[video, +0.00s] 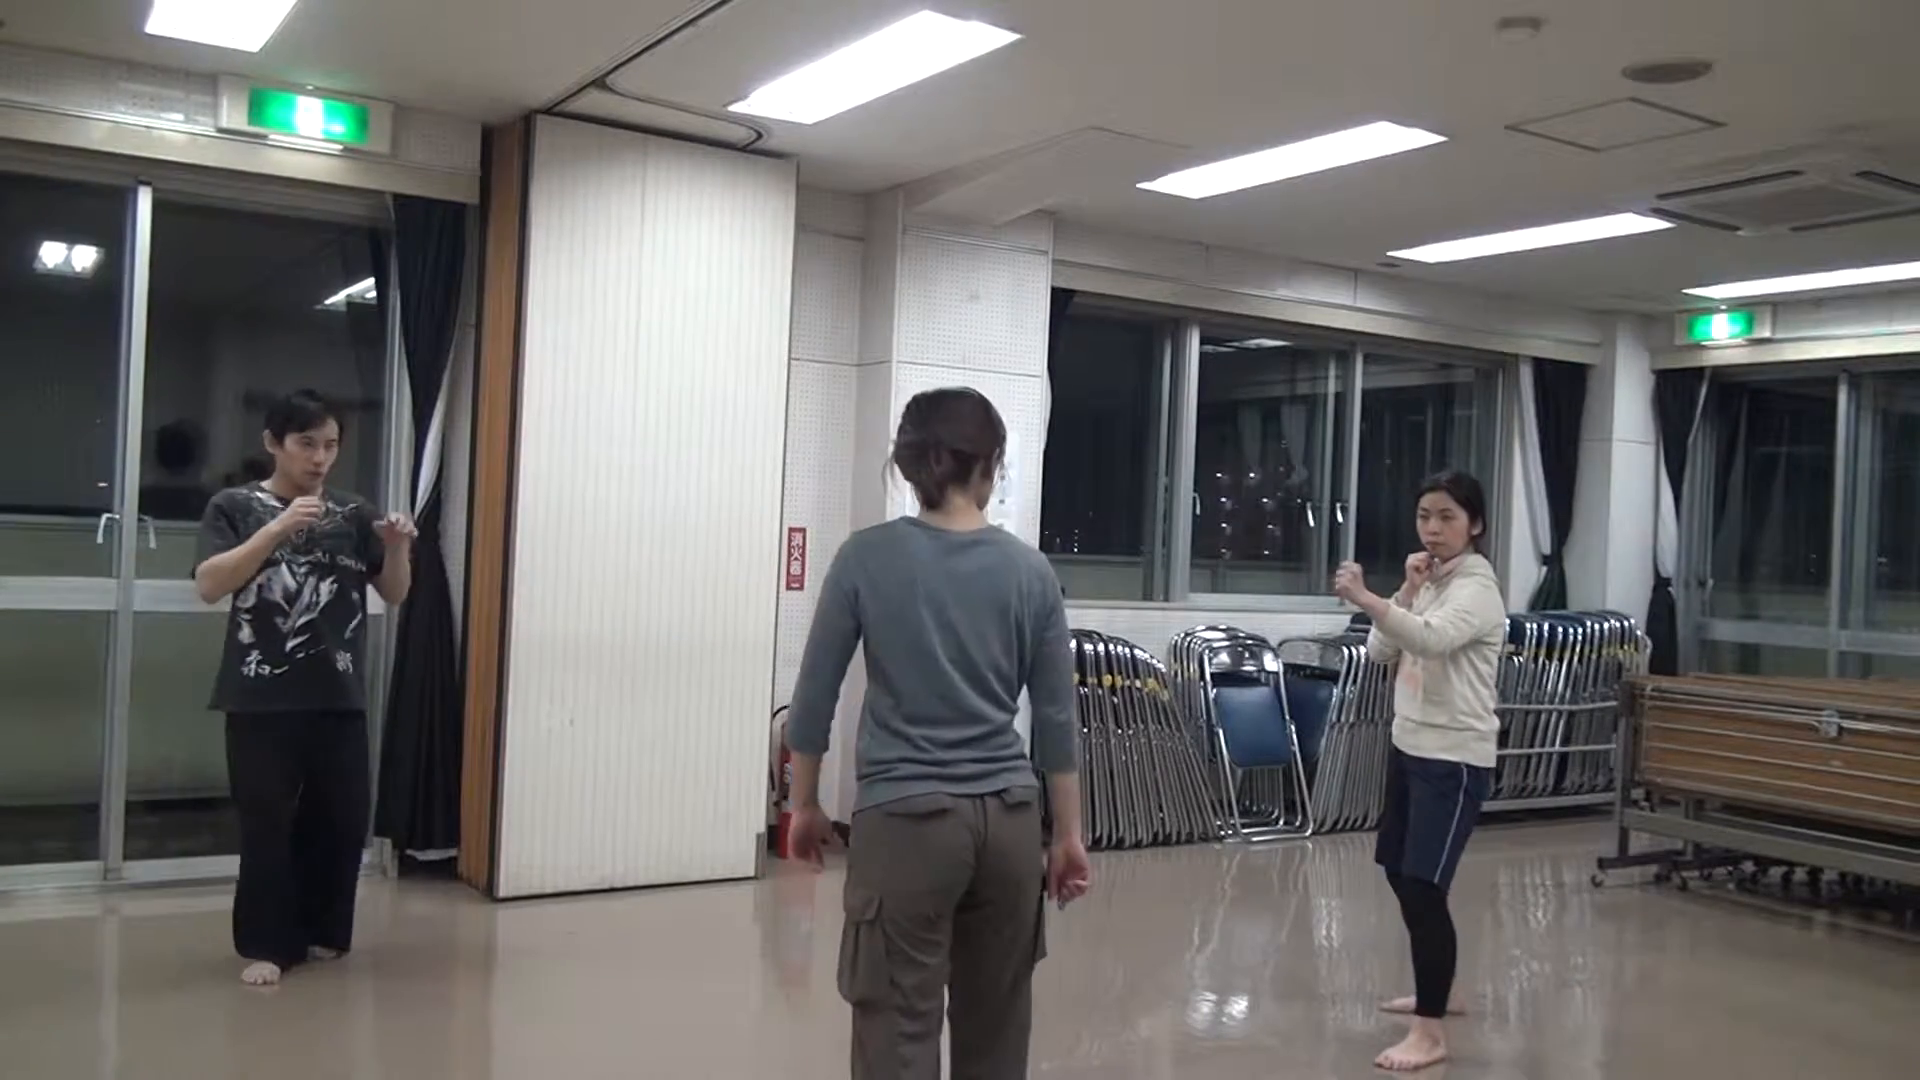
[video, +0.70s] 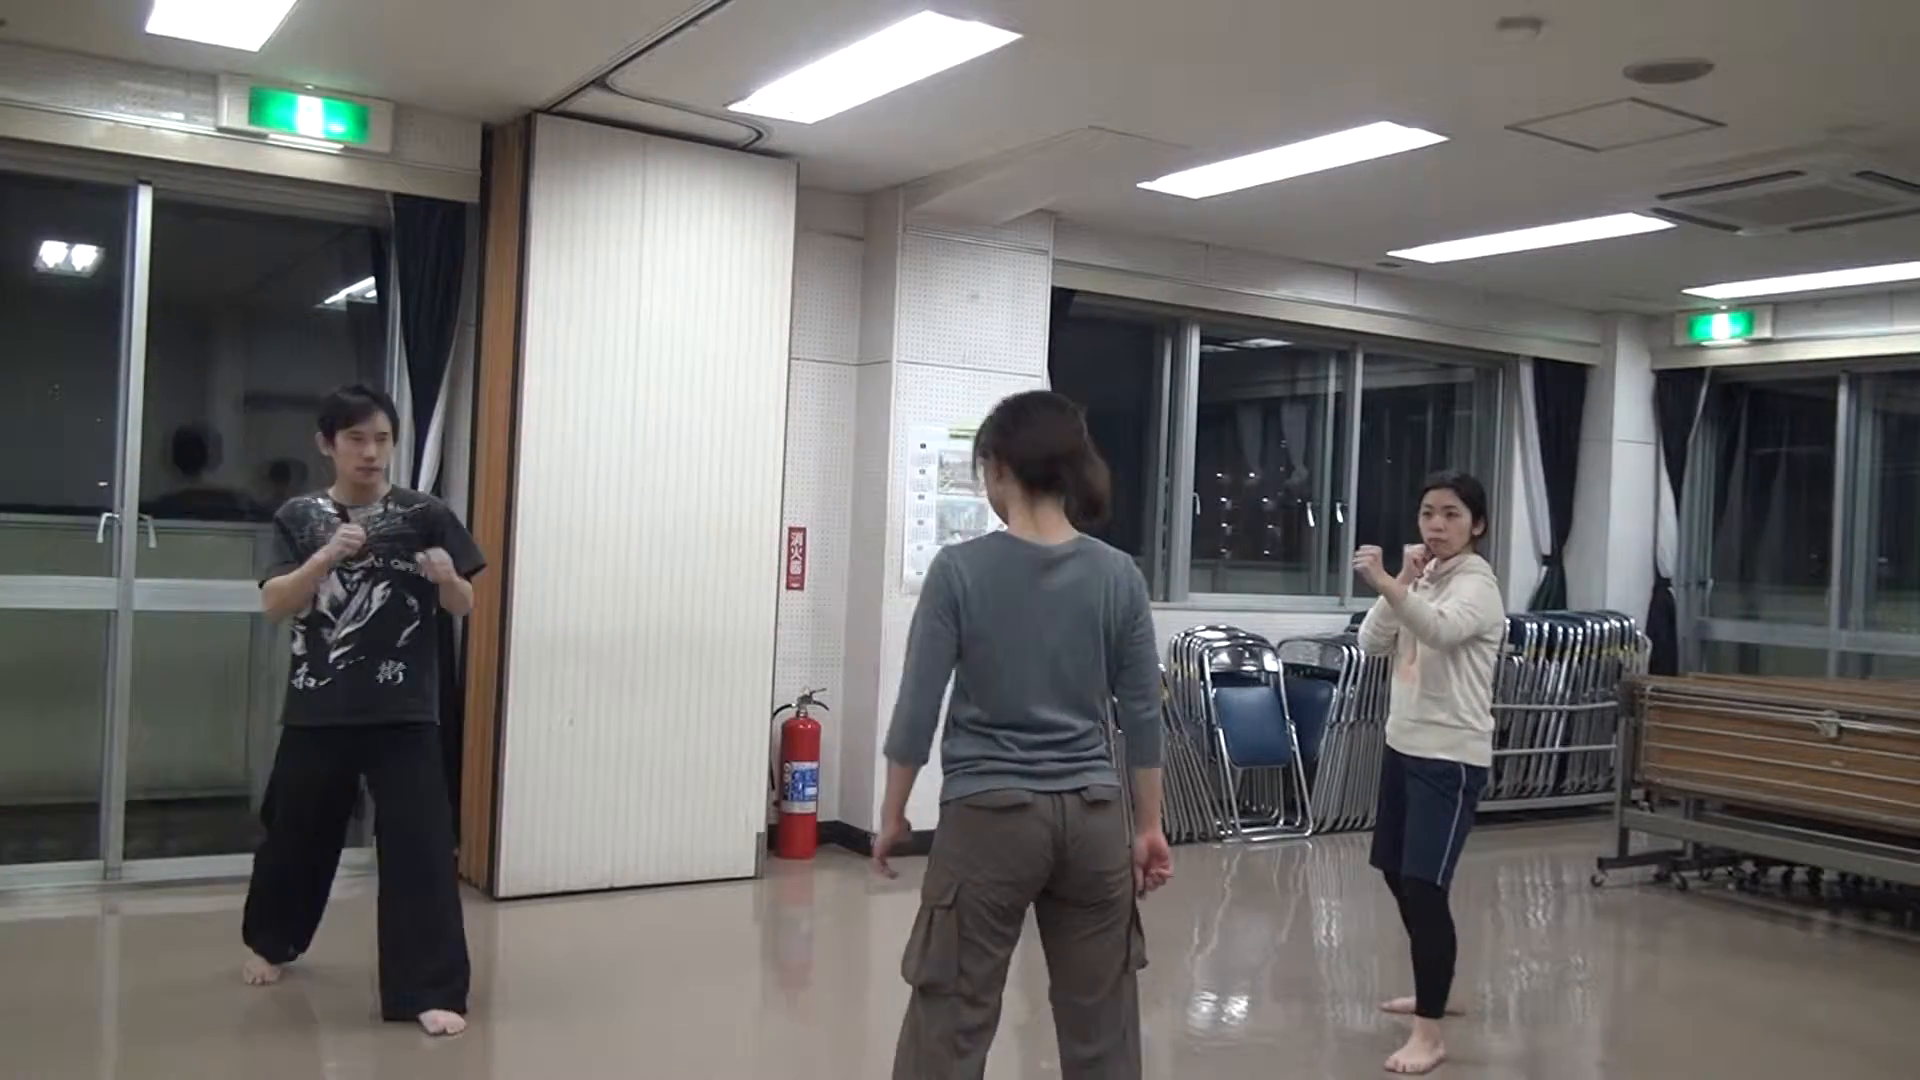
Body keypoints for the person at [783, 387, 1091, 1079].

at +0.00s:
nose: (994, 471)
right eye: (993, 458)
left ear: (906, 467)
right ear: (990, 463)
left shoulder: (865, 556)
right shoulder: (1030, 569)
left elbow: (815, 694)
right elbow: (1056, 713)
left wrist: (803, 805)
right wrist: (1069, 834)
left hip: (903, 829)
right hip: (1013, 829)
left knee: (898, 1031)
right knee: (995, 1033)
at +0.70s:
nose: (983, 480)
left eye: (983, 464)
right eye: (983, 465)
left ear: (999, 468)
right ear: (1071, 469)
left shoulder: (960, 568)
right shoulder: (1118, 573)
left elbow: (918, 704)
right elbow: (1142, 708)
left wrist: (892, 815)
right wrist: (1151, 825)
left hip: (988, 824)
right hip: (1098, 825)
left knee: (950, 1021)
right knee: (1102, 1027)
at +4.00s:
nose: (1260, 555)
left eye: (1268, 546)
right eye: (1267, 544)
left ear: (1291, 559)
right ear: (1345, 573)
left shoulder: (1213, 612)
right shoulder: (1361, 679)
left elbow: (1111, 660)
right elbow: (1422, 805)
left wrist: (1161, 687)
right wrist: (1434, 912)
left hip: (1172, 870)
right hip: (1284, 885)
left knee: (1054, 1019)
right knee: (1350, 1045)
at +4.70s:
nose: (1188, 570)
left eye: (1196, 556)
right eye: (1189, 556)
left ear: (1236, 565)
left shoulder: (1197, 648)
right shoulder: (1344, 626)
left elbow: (1080, 619)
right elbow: (1403, 732)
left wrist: (1096, 523)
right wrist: (1333, 719)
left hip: (1223, 882)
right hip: (1304, 876)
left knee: (1093, 1036)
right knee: (1343, 1041)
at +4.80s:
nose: (1220, 528)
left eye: (1232, 517)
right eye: (1227, 515)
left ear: (1268, 535)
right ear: (1293, 535)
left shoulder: (1203, 579)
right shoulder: (1353, 618)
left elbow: (1141, 464)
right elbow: (1372, 732)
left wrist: (1123, 357)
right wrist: (1310, 693)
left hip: (1240, 855)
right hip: (1325, 850)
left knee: (1121, 1043)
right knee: (1374, 1036)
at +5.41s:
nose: (1174, 535)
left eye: (1178, 518)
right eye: (1173, 519)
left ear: (1208, 512)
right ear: (1235, 508)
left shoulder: (1239, 590)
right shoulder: (1290, 583)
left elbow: (1109, 666)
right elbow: (1212, 629)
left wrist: (1126, 617)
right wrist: (1155, 617)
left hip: (1219, 823)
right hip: (1201, 777)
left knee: (1153, 1015)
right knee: (1031, 725)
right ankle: (892, 788)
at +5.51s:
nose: (1197, 507)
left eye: (1198, 491)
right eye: (1196, 491)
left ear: (1223, 494)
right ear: (1283, 491)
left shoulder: (1250, 590)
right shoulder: (1294, 575)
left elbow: (1153, 694)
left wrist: (1126, 645)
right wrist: (1170, 663)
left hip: (1210, 826)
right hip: (1167, 780)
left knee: (1155, 1022)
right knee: (1013, 821)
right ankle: (944, 987)